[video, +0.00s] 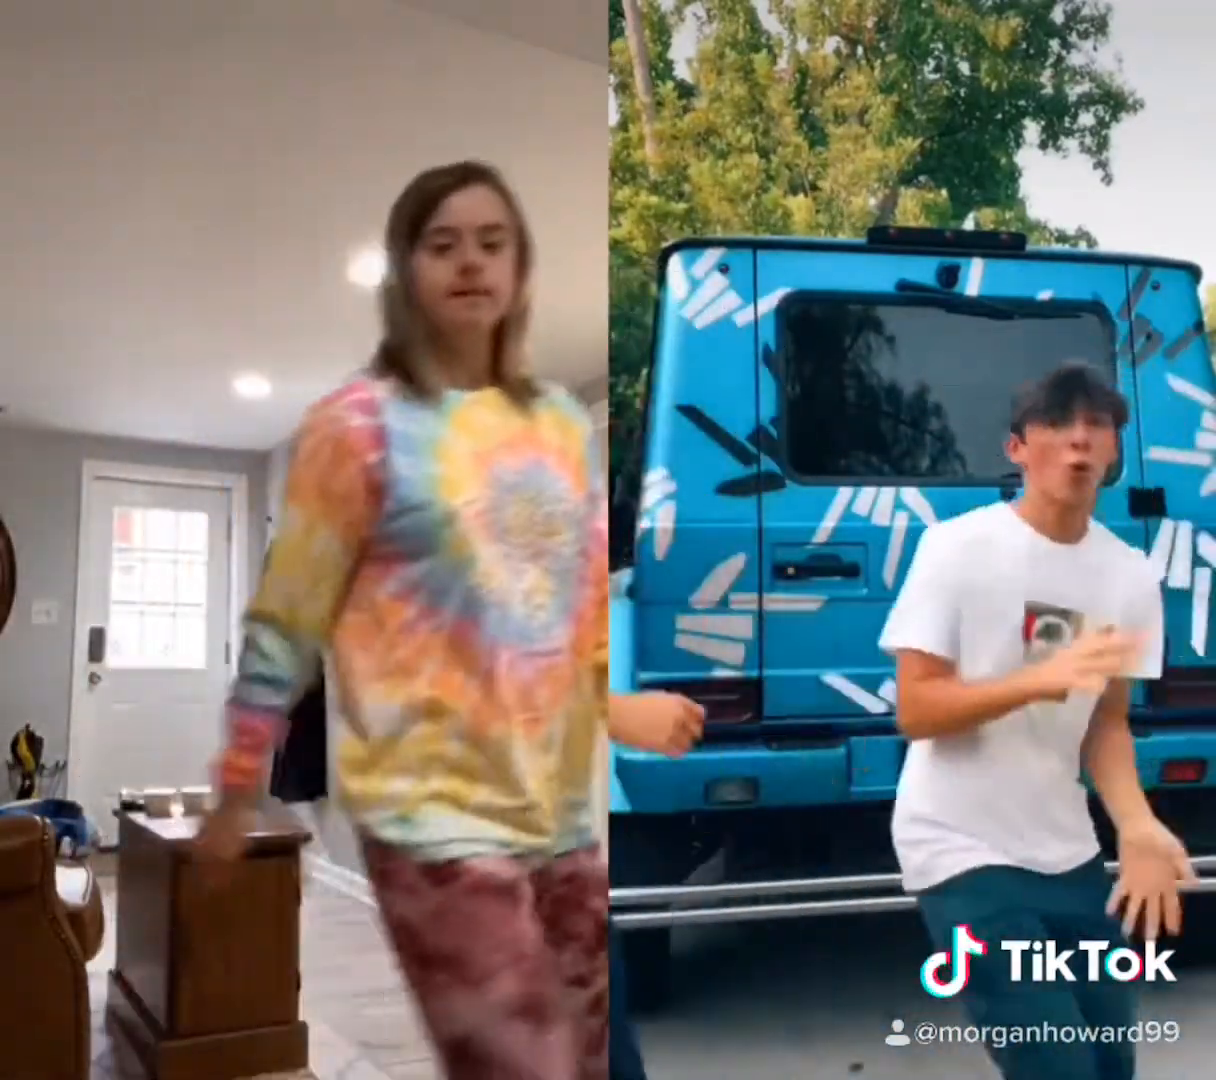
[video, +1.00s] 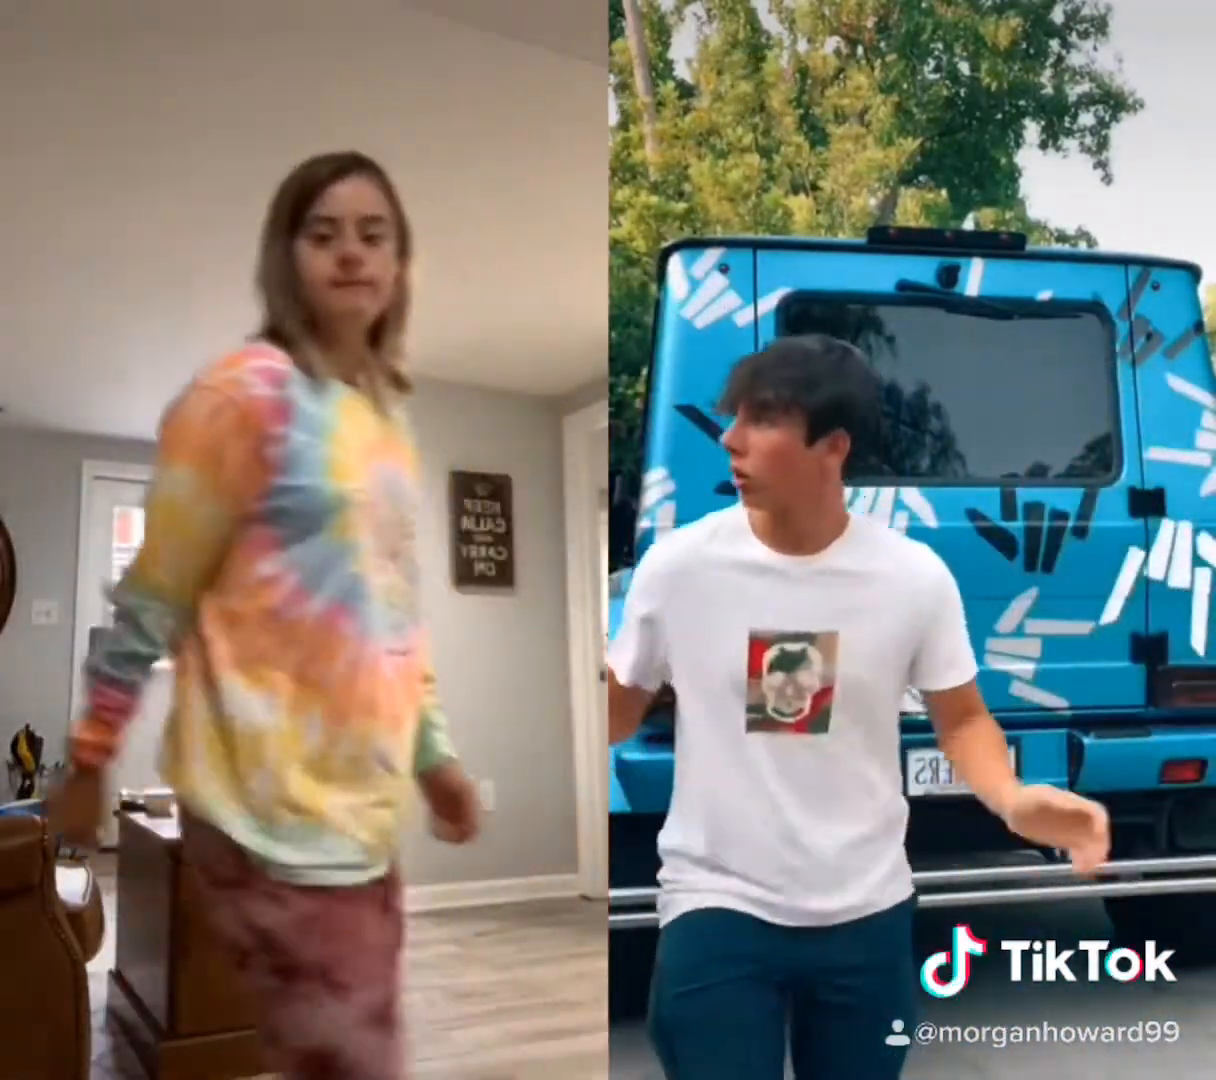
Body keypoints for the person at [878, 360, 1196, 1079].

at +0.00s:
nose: (1082, 448)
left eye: (1096, 433)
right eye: (1061, 431)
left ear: (1113, 453)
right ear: (1019, 449)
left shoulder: (1130, 575)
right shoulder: (954, 550)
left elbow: (1108, 725)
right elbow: (916, 710)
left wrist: (1137, 825)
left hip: (1066, 845)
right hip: (961, 843)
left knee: (1111, 1059)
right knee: (1060, 1058)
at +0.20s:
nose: (972, 468)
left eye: (991, 452)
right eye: (953, 451)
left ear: (1016, 471)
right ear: (920, 471)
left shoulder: (1050, 594)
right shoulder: (848, 590)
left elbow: (1084, 756)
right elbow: (793, 715)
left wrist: (1082, 711)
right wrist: (799, 799)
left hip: (1016, 888)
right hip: (879, 887)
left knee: (1041, 1068)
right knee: (856, 1065)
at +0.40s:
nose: (846, 503)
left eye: (867, 485)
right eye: (827, 485)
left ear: (900, 504)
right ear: (798, 506)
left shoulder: (943, 632)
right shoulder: (762, 616)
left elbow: (972, 803)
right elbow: (714, 770)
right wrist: (797, 654)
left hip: (904, 930)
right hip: (772, 917)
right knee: (729, 1064)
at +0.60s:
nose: (799, 437)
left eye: (824, 417)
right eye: (781, 417)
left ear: (862, 435)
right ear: (758, 434)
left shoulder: (913, 564)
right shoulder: (711, 547)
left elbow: (895, 745)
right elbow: (661, 713)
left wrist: (734, 749)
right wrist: (764, 614)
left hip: (873, 867)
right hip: (739, 871)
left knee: (854, 1067)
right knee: (744, 1068)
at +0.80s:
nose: (750, 469)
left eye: (779, 447)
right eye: (749, 447)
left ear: (845, 471)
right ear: (744, 459)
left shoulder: (912, 605)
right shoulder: (694, 592)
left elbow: (946, 769)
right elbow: (666, 754)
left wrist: (828, 851)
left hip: (863, 918)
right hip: (720, 917)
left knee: (845, 1067)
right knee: (706, 1064)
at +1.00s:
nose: (731, 441)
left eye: (760, 420)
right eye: (734, 419)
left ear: (833, 448)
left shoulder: (914, 579)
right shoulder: (677, 567)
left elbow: (962, 719)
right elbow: (614, 712)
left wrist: (1010, 797)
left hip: (865, 911)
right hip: (718, 904)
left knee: (861, 1065)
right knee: (718, 1061)